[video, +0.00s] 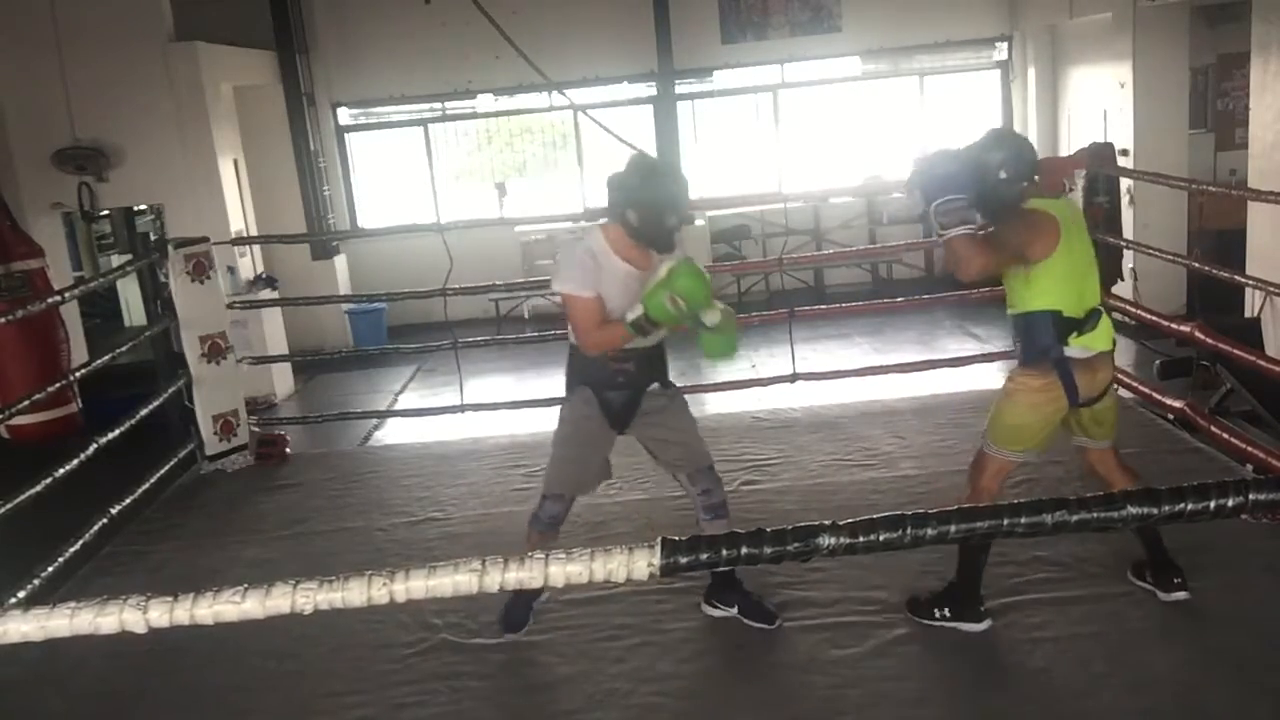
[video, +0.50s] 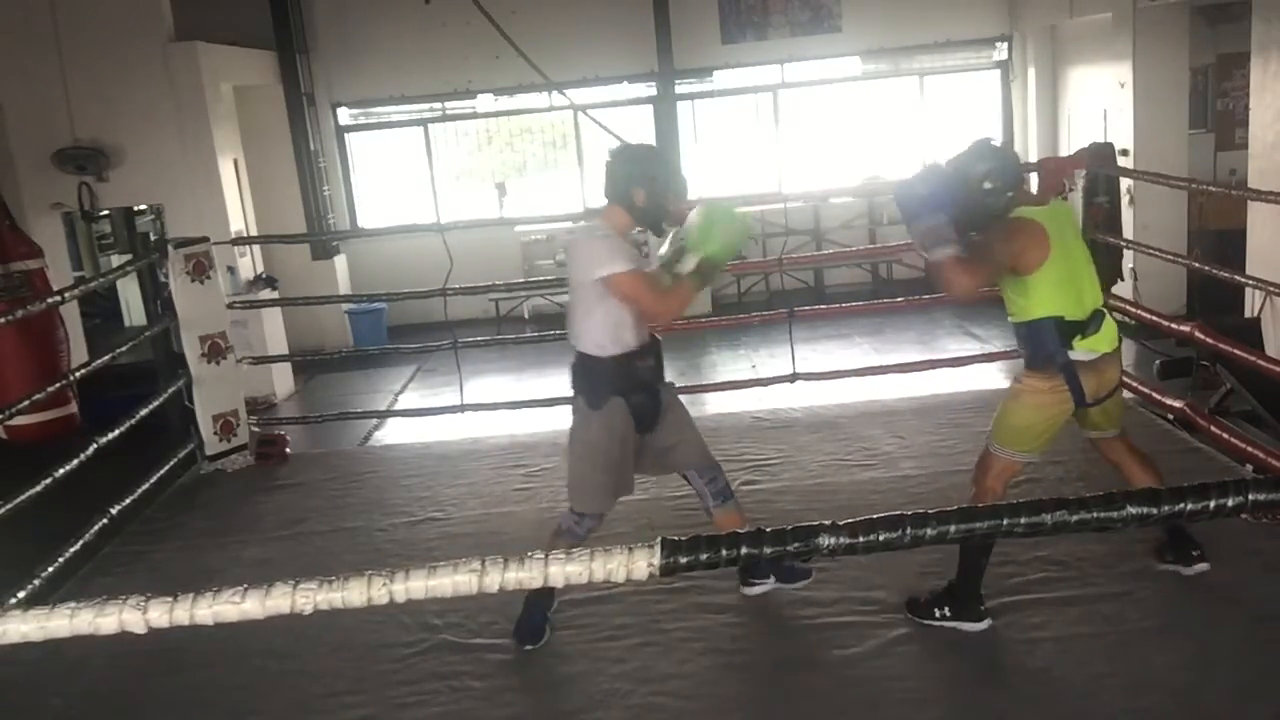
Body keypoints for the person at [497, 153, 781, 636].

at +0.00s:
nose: (679, 225)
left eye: (680, 213)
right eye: (670, 214)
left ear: (671, 210)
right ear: (635, 211)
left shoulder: (669, 256)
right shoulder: (582, 256)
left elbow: (687, 317)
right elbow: (589, 340)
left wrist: (710, 321)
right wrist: (651, 317)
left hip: (652, 388)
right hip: (592, 391)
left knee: (707, 486)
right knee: (555, 503)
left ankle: (724, 585)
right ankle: (527, 584)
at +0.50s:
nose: (673, 204)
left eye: (673, 194)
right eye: (667, 193)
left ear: (634, 193)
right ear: (637, 192)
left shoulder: (631, 241)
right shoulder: (595, 244)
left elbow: (649, 302)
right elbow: (659, 311)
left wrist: (683, 254)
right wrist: (705, 268)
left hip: (646, 381)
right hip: (604, 389)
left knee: (707, 475)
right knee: (586, 513)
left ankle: (753, 562)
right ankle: (541, 595)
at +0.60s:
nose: (688, 209)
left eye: (688, 199)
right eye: (681, 199)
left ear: (653, 198)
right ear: (655, 198)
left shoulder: (645, 239)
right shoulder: (634, 246)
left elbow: (683, 290)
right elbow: (717, 289)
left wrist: (714, 252)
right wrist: (746, 238)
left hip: (660, 388)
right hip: (625, 393)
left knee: (721, 481)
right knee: (603, 520)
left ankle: (760, 566)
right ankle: (544, 594)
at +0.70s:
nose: (718, 206)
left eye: (719, 197)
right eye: (715, 196)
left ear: (669, 191)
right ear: (694, 193)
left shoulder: (641, 234)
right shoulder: (679, 237)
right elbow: (771, 252)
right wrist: (807, 212)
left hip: (674, 387)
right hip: (648, 389)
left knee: (734, 479)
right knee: (620, 510)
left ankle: (762, 567)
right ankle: (548, 587)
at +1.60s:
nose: (803, 294)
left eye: (802, 283)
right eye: (793, 285)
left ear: (769, 288)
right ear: (756, 290)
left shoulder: (792, 326)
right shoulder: (703, 336)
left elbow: (824, 364)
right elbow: (727, 413)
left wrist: (858, 370)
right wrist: (785, 379)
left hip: (769, 429)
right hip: (707, 441)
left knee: (855, 480)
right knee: (663, 520)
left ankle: (901, 566)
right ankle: (616, 594)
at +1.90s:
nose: (758, 254)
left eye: (758, 243)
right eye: (750, 245)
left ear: (721, 242)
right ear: (714, 245)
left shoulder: (745, 281)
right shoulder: (664, 303)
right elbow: (704, 376)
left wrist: (803, 332)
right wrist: (753, 333)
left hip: (752, 408)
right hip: (696, 424)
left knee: (830, 469)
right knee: (665, 521)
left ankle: (886, 561)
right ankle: (619, 593)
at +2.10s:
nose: (783, 218)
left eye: (783, 207)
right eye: (777, 207)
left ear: (746, 209)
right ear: (751, 209)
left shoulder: (755, 263)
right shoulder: (700, 272)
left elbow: (763, 321)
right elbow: (743, 348)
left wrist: (799, 291)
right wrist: (795, 308)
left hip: (752, 395)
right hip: (703, 404)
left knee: (829, 470)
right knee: (674, 519)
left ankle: (893, 561)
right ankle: (616, 599)